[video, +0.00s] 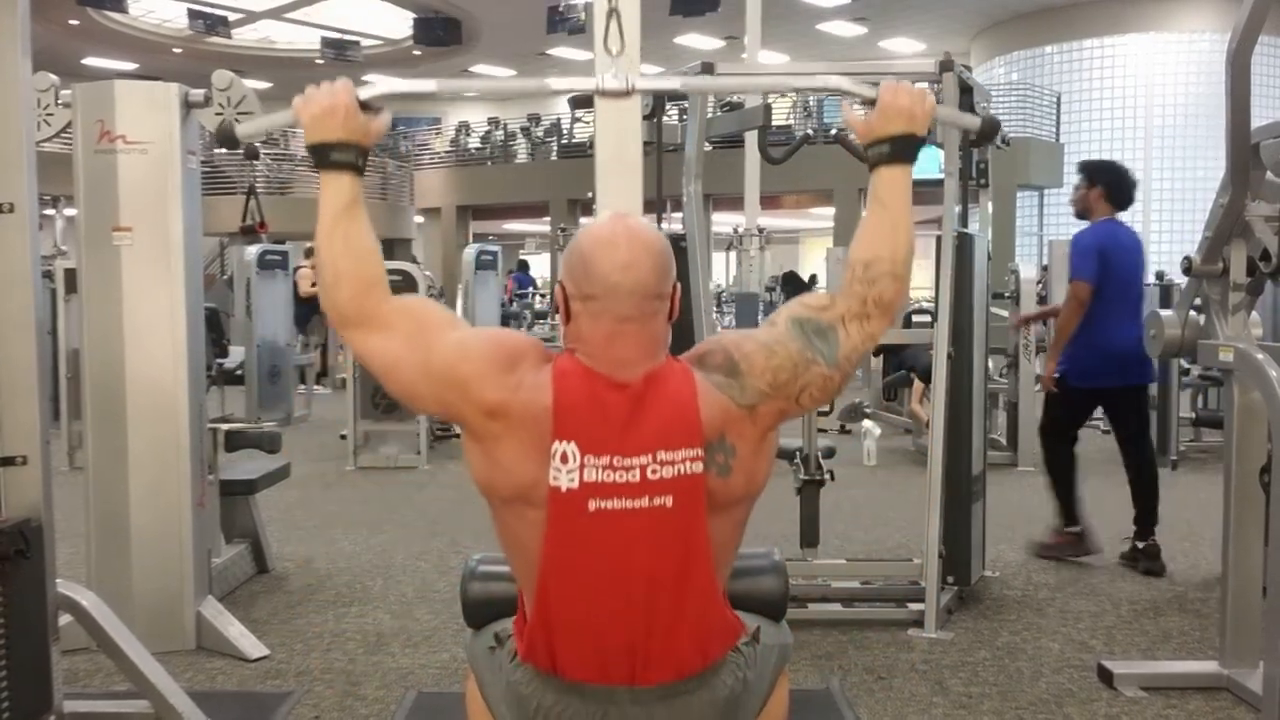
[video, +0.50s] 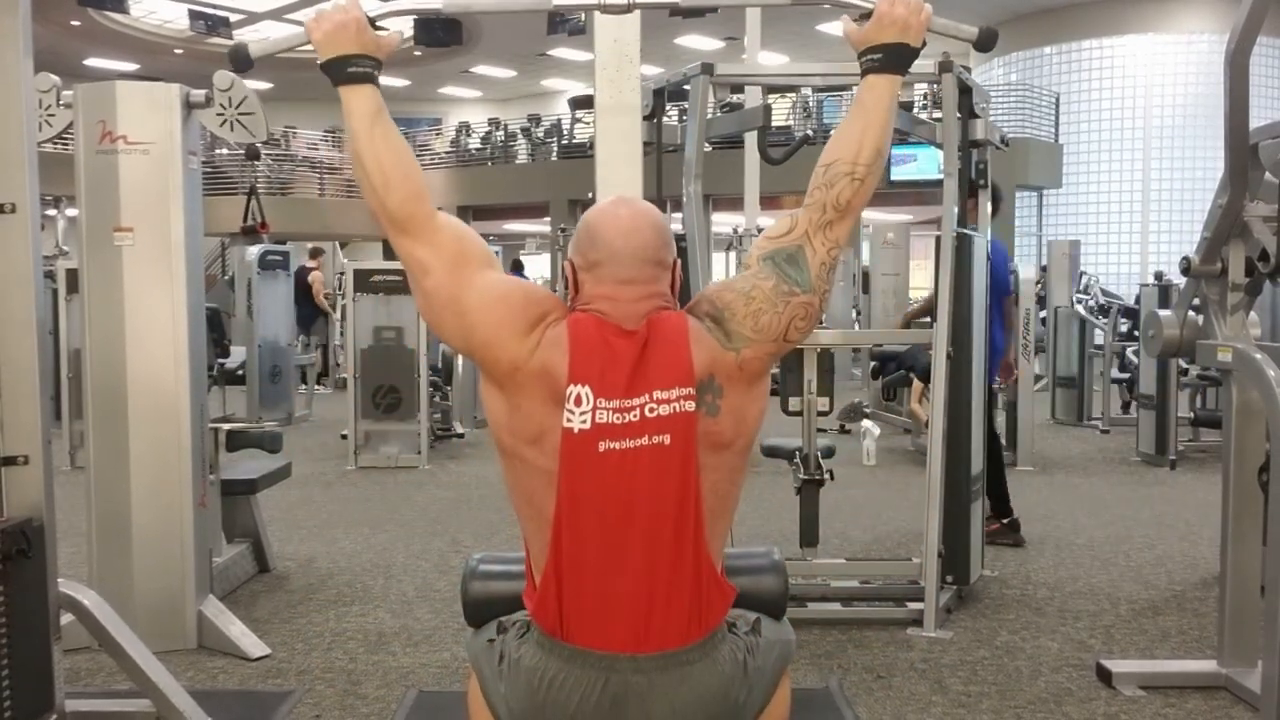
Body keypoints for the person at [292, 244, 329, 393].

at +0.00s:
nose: (320, 260)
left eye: (319, 256)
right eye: (318, 256)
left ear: (308, 256)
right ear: (313, 256)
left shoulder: (312, 270)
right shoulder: (304, 270)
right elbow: (304, 290)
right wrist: (321, 288)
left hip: (308, 314)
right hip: (309, 315)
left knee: (306, 347)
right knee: (313, 347)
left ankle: (304, 381)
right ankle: (312, 381)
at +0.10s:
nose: (322, 262)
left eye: (322, 258)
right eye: (320, 258)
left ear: (310, 258)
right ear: (315, 258)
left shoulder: (306, 271)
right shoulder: (308, 272)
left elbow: (311, 291)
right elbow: (307, 293)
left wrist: (326, 288)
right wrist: (327, 294)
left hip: (305, 314)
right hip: (312, 315)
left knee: (307, 347)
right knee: (315, 348)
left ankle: (305, 382)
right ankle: (314, 382)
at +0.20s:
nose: (321, 261)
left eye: (321, 258)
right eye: (320, 258)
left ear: (308, 257)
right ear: (316, 258)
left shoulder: (301, 270)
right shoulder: (309, 273)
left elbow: (307, 291)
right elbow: (308, 294)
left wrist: (322, 290)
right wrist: (327, 301)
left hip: (302, 314)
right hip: (311, 314)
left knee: (304, 346)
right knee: (314, 347)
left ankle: (303, 381)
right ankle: (314, 382)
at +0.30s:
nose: (321, 262)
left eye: (321, 258)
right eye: (320, 258)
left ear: (308, 257)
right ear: (317, 258)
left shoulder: (299, 270)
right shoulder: (311, 273)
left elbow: (303, 293)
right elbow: (311, 295)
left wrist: (320, 292)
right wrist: (328, 307)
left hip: (300, 313)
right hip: (312, 314)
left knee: (303, 347)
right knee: (315, 348)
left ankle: (302, 381)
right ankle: (315, 382)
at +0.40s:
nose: (322, 261)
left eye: (322, 258)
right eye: (321, 258)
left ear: (308, 257)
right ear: (318, 258)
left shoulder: (298, 270)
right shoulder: (314, 274)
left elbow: (302, 292)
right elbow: (314, 296)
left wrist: (321, 293)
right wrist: (328, 309)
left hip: (300, 313)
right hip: (313, 314)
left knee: (303, 347)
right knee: (317, 347)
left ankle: (302, 381)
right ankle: (316, 381)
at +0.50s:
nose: (322, 261)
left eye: (322, 258)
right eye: (322, 258)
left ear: (309, 257)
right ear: (319, 258)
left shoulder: (299, 270)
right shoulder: (316, 275)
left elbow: (303, 293)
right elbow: (318, 297)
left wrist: (322, 293)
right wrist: (330, 311)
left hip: (302, 313)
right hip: (315, 314)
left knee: (303, 347)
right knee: (317, 348)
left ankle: (303, 381)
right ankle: (316, 382)